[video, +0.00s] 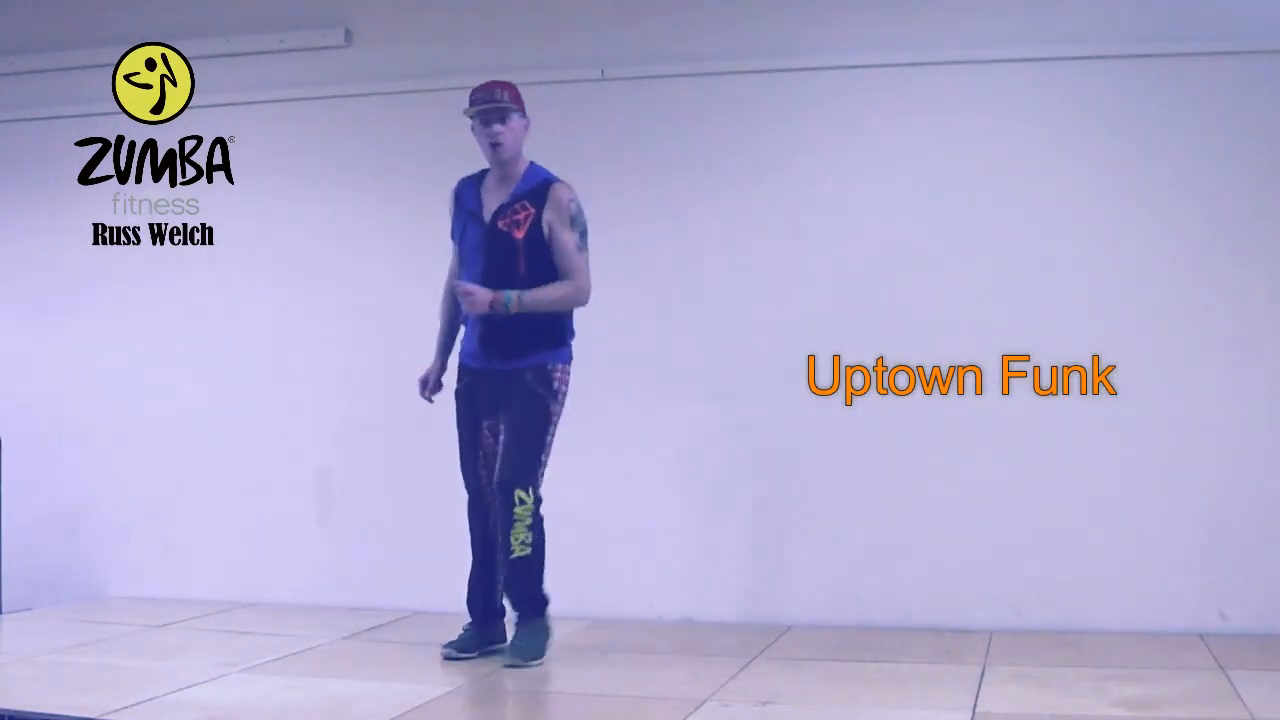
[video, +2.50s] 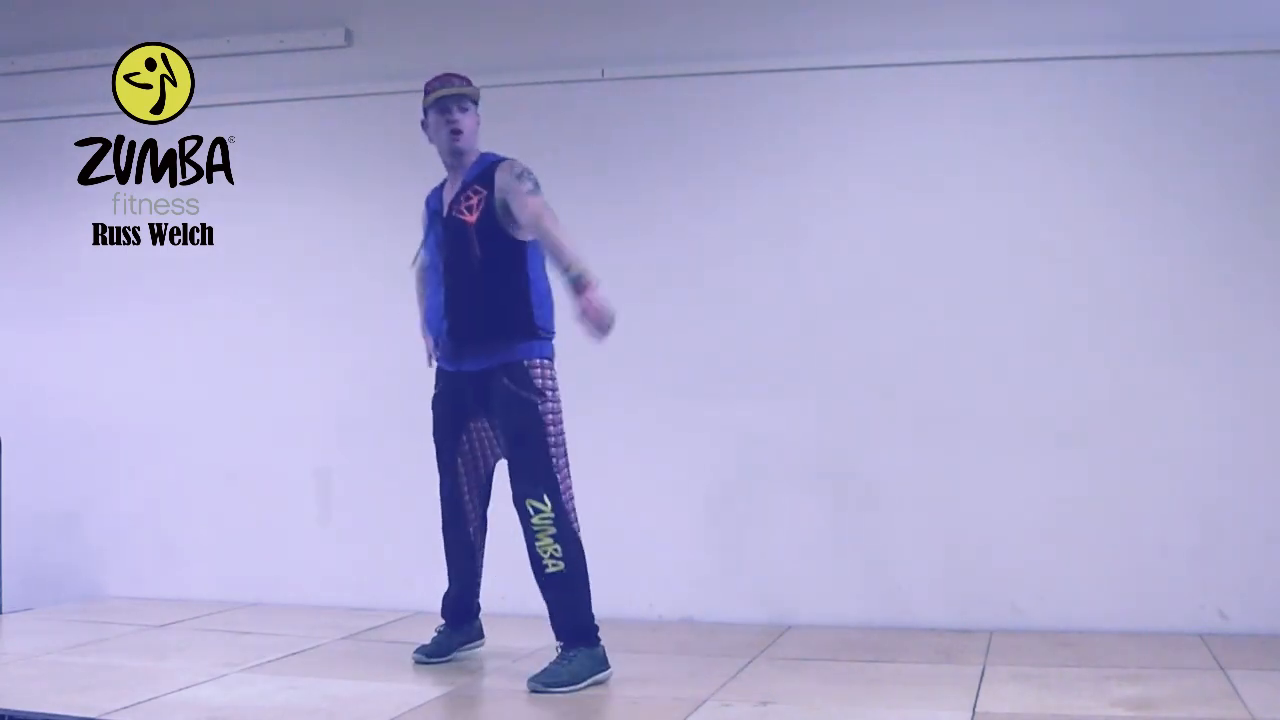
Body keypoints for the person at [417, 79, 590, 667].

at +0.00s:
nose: (493, 131)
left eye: (503, 120)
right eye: (483, 123)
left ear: (525, 125)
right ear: (473, 132)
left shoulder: (554, 196)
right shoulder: (465, 194)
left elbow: (580, 289)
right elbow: (458, 277)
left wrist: (499, 300)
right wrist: (441, 356)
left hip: (537, 365)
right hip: (479, 364)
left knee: (515, 490)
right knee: (481, 493)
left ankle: (531, 621)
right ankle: (486, 622)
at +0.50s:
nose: (513, 117)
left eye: (521, 106)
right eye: (500, 110)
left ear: (536, 117)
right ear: (482, 126)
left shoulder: (569, 186)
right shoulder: (475, 199)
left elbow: (623, 256)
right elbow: (467, 285)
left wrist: (576, 212)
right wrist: (460, 367)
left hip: (559, 370)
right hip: (494, 373)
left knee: (581, 505)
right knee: (496, 505)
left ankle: (625, 643)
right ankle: (488, 625)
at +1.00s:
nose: (532, 113)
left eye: (539, 101)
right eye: (518, 106)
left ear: (556, 107)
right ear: (502, 123)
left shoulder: (596, 164)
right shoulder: (507, 200)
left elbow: (682, 200)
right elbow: (516, 292)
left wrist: (642, 142)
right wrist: (515, 377)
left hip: (604, 362)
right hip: (544, 368)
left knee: (613, 501)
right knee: (572, 504)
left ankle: (630, 645)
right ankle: (616, 634)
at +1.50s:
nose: (489, 113)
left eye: (500, 103)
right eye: (482, 105)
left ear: (528, 112)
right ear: (477, 117)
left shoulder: (558, 185)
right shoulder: (473, 189)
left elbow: (589, 263)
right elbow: (471, 280)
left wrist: (618, 338)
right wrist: (460, 353)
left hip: (551, 369)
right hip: (489, 373)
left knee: (580, 502)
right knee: (475, 499)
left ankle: (622, 642)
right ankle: (461, 623)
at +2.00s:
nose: (422, 136)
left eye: (430, 124)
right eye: (414, 127)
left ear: (458, 123)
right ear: (409, 133)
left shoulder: (495, 190)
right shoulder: (418, 194)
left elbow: (494, 283)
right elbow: (412, 273)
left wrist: (420, 271)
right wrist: (404, 326)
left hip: (493, 364)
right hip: (436, 364)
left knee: (479, 497)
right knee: (439, 495)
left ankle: (490, 625)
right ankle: (457, 622)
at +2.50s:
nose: (454, 119)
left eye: (463, 108)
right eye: (441, 112)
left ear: (479, 118)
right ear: (426, 127)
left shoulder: (506, 175)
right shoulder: (434, 201)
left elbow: (542, 225)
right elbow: (426, 273)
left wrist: (584, 285)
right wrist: (430, 333)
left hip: (519, 365)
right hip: (457, 372)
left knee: (543, 504)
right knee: (460, 502)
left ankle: (581, 646)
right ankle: (462, 623)